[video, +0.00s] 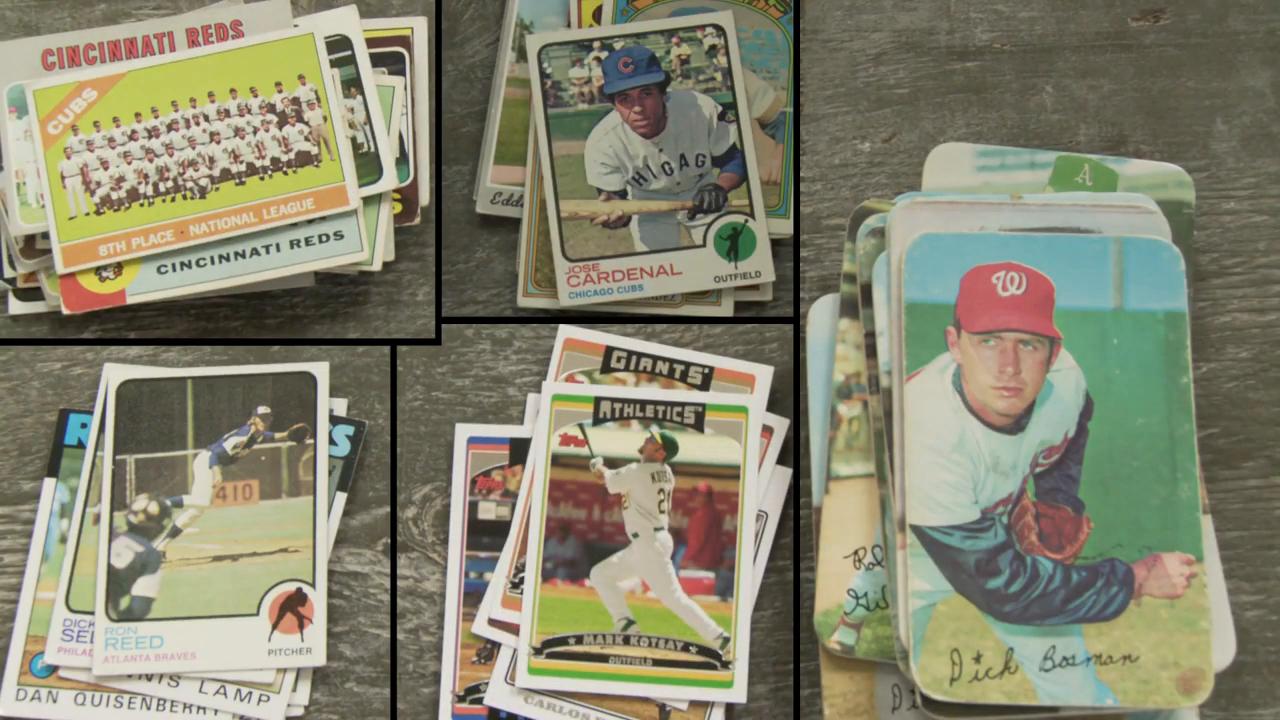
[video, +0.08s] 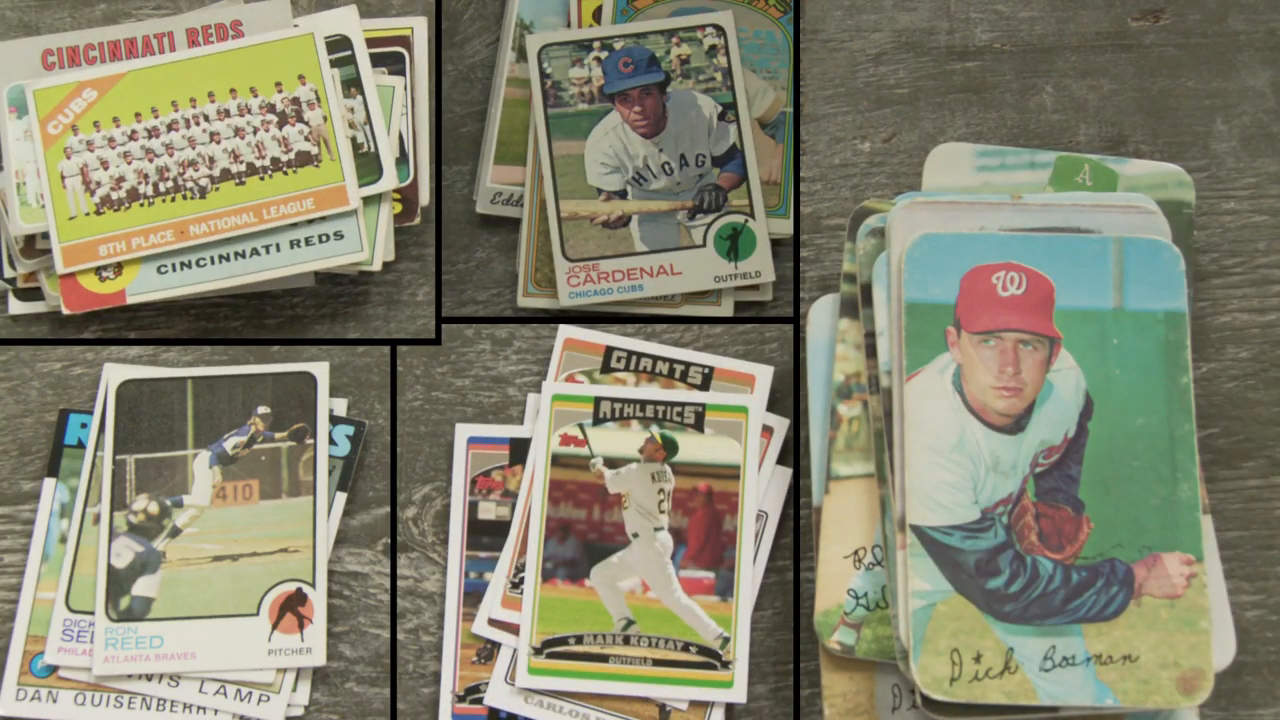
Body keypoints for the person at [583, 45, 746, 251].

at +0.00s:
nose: (638, 108)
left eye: (646, 94)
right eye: (625, 99)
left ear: (664, 93)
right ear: (613, 104)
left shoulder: (699, 109)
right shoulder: (602, 142)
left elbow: (736, 159)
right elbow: (613, 196)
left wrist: (719, 187)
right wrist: (613, 214)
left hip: (701, 195)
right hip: (649, 206)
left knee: (727, 267)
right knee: (659, 281)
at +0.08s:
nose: (638, 108)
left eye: (646, 94)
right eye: (625, 99)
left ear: (664, 93)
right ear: (613, 104)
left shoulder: (699, 109)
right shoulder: (602, 142)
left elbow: (736, 159)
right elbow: (613, 196)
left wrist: (719, 187)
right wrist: (613, 214)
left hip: (701, 195)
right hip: (649, 206)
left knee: (727, 267)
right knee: (659, 281)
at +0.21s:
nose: (638, 108)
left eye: (646, 94)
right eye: (625, 99)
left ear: (664, 93)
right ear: (613, 104)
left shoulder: (699, 109)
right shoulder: (602, 142)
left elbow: (736, 159)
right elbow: (613, 196)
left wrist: (719, 187)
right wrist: (613, 214)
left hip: (701, 195)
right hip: (649, 206)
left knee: (727, 267)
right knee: (659, 281)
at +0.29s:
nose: (638, 108)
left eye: (646, 94)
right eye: (625, 99)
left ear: (664, 93)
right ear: (614, 104)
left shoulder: (699, 109)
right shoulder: (602, 142)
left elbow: (736, 160)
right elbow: (614, 196)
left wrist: (719, 187)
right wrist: (613, 215)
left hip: (701, 195)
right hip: (649, 206)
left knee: (728, 267)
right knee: (659, 281)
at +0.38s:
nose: (638, 108)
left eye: (646, 94)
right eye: (625, 99)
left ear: (664, 93)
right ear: (614, 104)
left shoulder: (699, 109)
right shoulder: (602, 142)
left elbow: (736, 160)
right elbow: (614, 196)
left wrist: (719, 187)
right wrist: (613, 215)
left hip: (701, 195)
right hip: (649, 206)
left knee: (728, 267)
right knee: (659, 281)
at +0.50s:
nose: (638, 108)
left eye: (646, 94)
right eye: (625, 99)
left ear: (664, 93)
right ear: (614, 104)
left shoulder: (699, 109)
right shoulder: (602, 142)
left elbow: (736, 160)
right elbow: (614, 196)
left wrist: (719, 187)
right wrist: (613, 215)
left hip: (701, 195)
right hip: (649, 206)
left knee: (728, 267)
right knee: (659, 281)